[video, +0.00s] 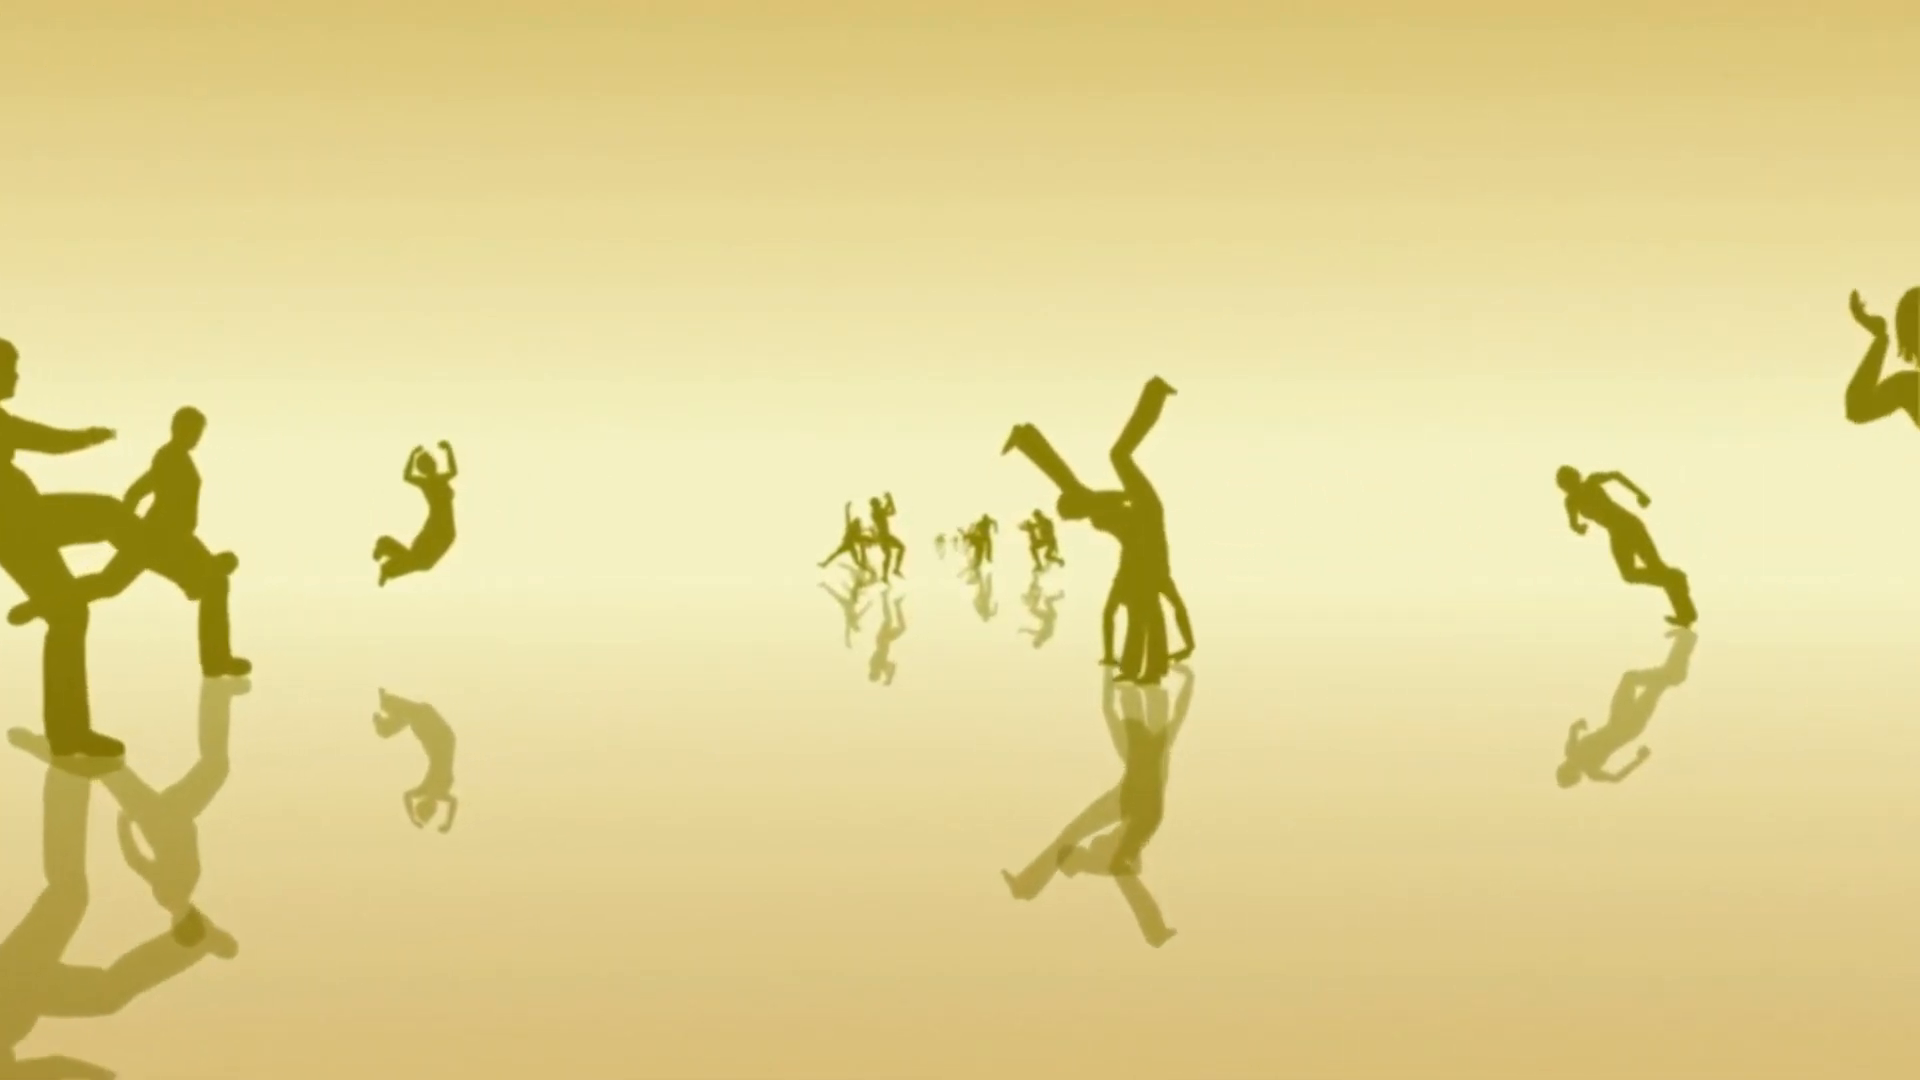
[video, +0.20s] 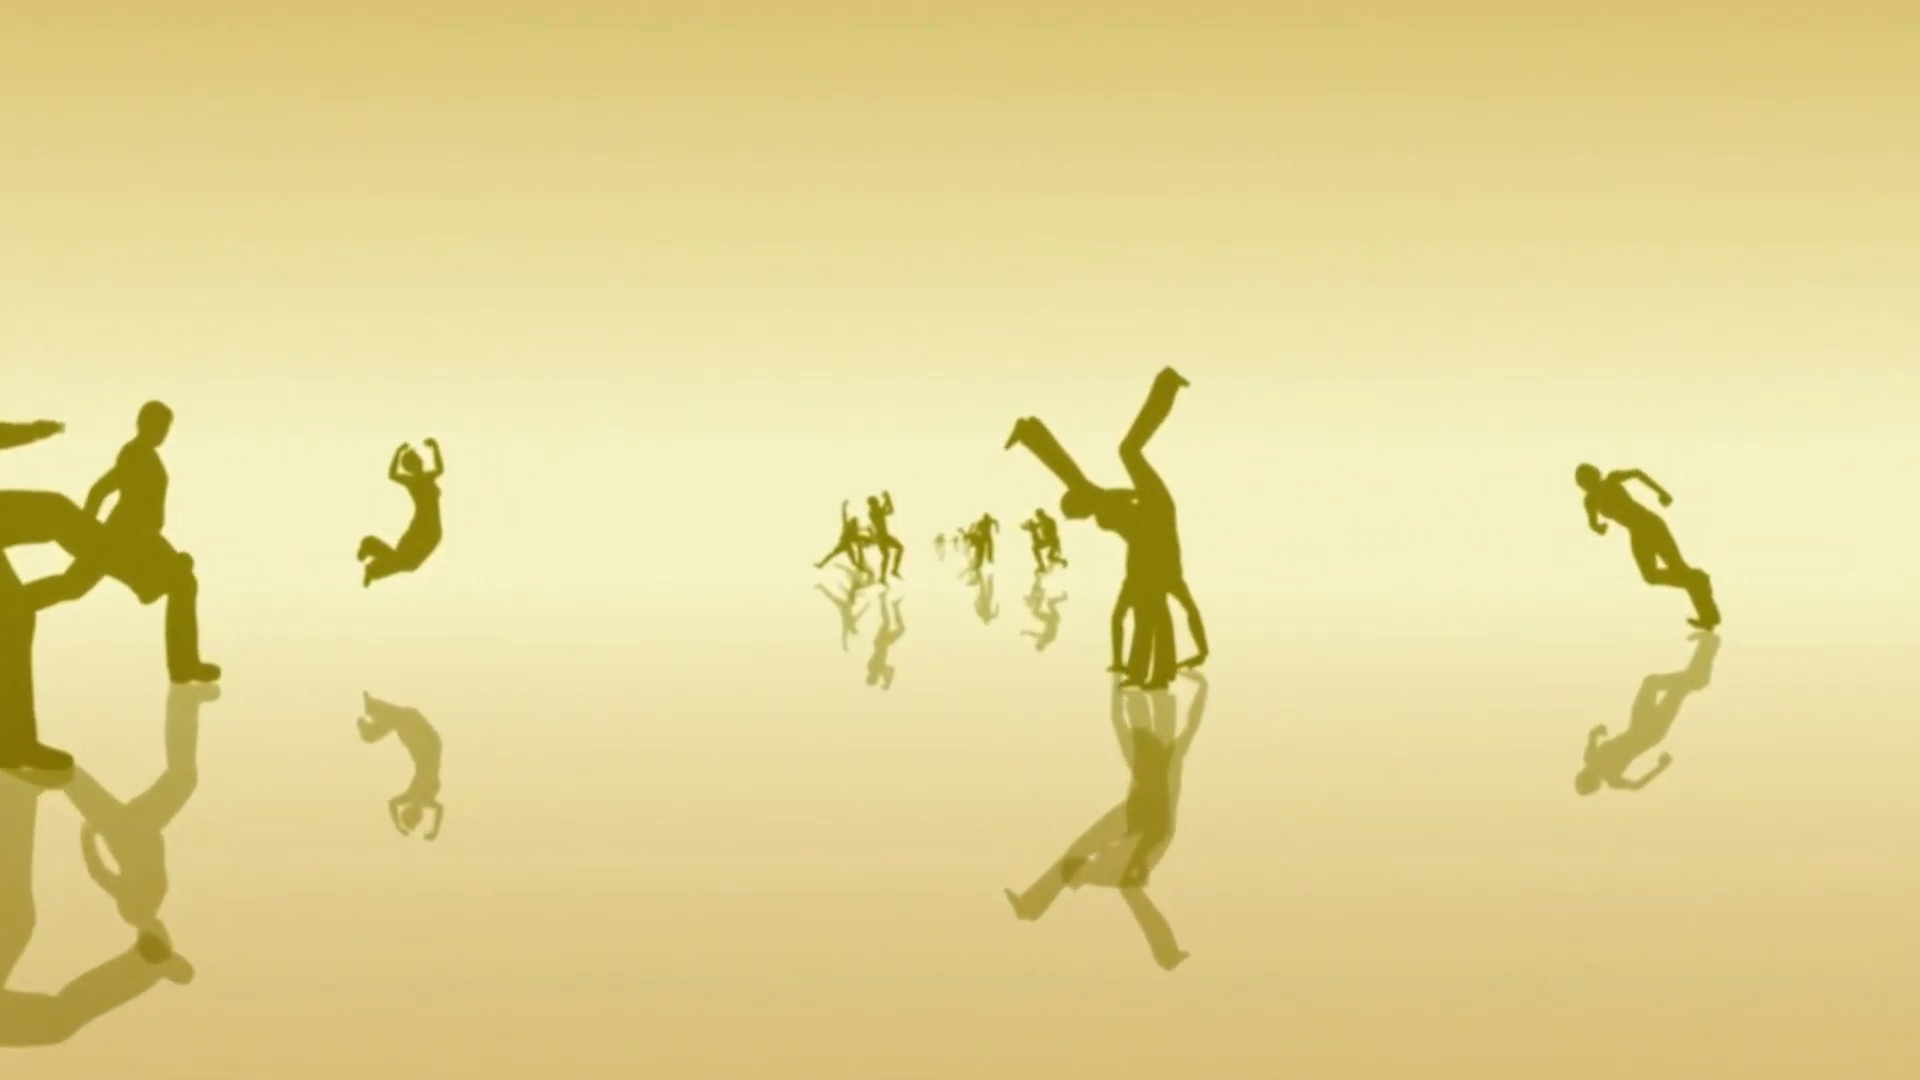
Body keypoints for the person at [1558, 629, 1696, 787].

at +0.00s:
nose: (1573, 779)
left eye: (1569, 778)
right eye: (1571, 781)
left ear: (1565, 768)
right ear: (1573, 778)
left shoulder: (1572, 753)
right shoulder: (1592, 772)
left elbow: (1572, 735)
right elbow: (1616, 778)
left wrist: (1577, 726)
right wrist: (1639, 760)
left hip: (1617, 719)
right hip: (1631, 728)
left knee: (1628, 679)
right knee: (1657, 687)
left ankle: (1667, 674)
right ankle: (1685, 641)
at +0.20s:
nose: (1592, 785)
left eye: (1588, 784)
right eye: (1590, 787)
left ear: (1585, 774)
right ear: (1593, 784)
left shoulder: (1591, 760)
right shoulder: (1612, 780)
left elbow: (1591, 742)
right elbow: (1637, 785)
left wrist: (1596, 732)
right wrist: (1660, 768)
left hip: (1638, 725)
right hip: (1651, 735)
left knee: (1649, 684)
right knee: (1679, 691)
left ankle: (1690, 678)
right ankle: (1708, 644)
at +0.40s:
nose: (1613, 793)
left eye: (1609, 792)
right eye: (1611, 794)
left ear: (1605, 782)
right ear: (1614, 792)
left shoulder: (1612, 767)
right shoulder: (1633, 787)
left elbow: (1613, 748)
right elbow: (1658, 794)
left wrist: (1617, 738)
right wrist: (1683, 775)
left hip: (1660, 731)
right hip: (1674, 741)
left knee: (1671, 688)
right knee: (1701, 697)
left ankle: (1713, 682)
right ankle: (1733, 647)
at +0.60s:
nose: (1635, 802)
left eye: (1631, 801)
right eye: (1633, 804)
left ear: (1627, 790)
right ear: (1635, 801)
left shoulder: (1633, 774)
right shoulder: (1656, 796)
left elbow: (1634, 752)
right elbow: (1682, 802)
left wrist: (1640, 745)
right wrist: (1708, 782)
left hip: (1683, 737)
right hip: (1698, 747)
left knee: (1695, 693)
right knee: (1727, 702)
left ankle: (1738, 688)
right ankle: (1758, 650)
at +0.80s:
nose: (1660, 813)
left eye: (1655, 812)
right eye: (1657, 815)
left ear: (1651, 801)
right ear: (1659, 810)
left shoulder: (1656, 782)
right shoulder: (1681, 804)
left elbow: (1657, 759)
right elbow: (1707, 811)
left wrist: (1663, 751)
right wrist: (1734, 790)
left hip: (1708, 744)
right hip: (1724, 753)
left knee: (1720, 698)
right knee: (1755, 706)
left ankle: (1765, 692)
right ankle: (1786, 652)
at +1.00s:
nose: (1685, 821)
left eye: (1680, 821)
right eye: (1682, 823)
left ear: (1675, 809)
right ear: (1684, 819)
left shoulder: (1681, 791)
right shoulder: (1706, 814)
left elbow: (1682, 768)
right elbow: (1733, 820)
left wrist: (1688, 759)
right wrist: (1761, 799)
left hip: (1734, 751)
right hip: (1750, 762)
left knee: (1747, 704)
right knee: (1784, 710)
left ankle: (1792, 698)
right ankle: (1815, 658)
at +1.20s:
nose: (1710, 831)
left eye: (1705, 830)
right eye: (1708, 833)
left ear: (1701, 818)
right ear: (1710, 830)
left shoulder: (1707, 799)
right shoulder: (1733, 824)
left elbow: (1709, 776)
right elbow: (1761, 830)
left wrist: (1715, 767)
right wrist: (1790, 808)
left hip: (1763, 758)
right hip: (1780, 769)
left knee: (1776, 709)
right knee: (1813, 717)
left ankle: (1823, 703)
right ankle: (1846, 663)